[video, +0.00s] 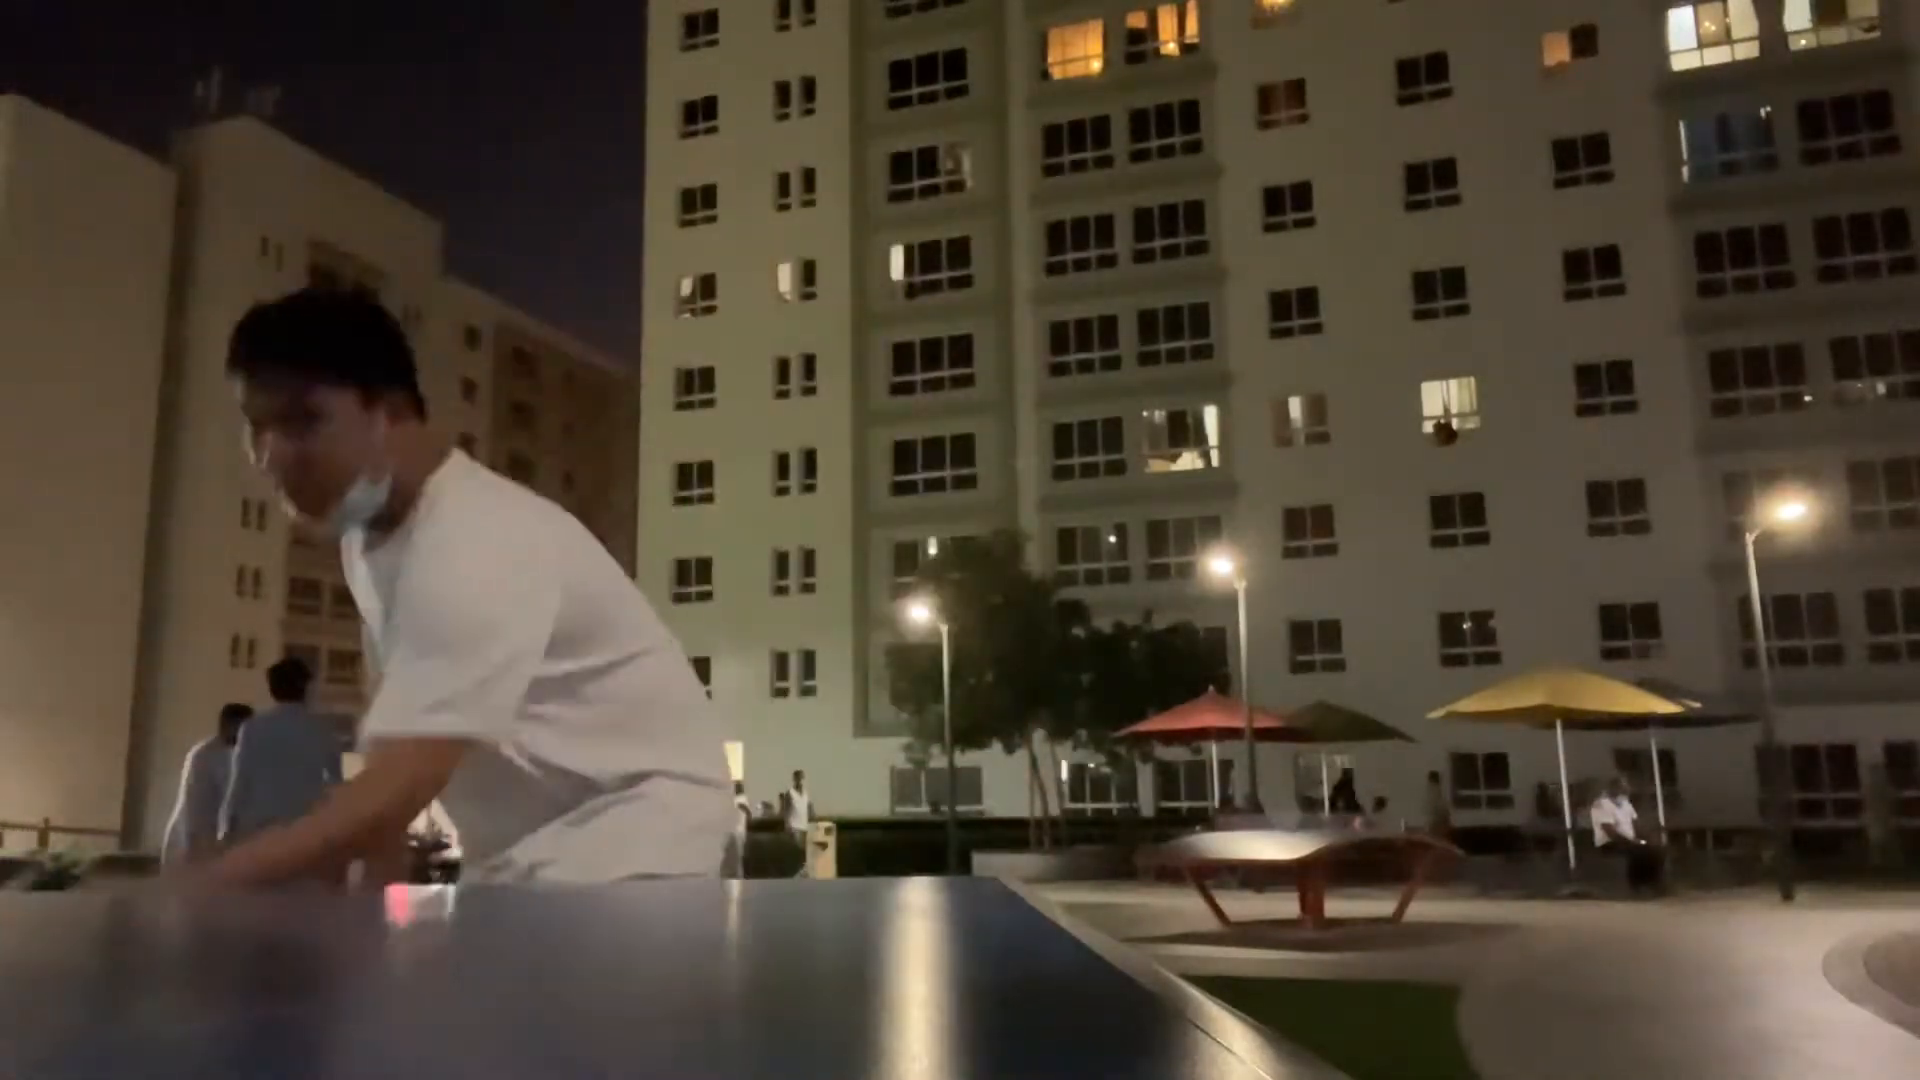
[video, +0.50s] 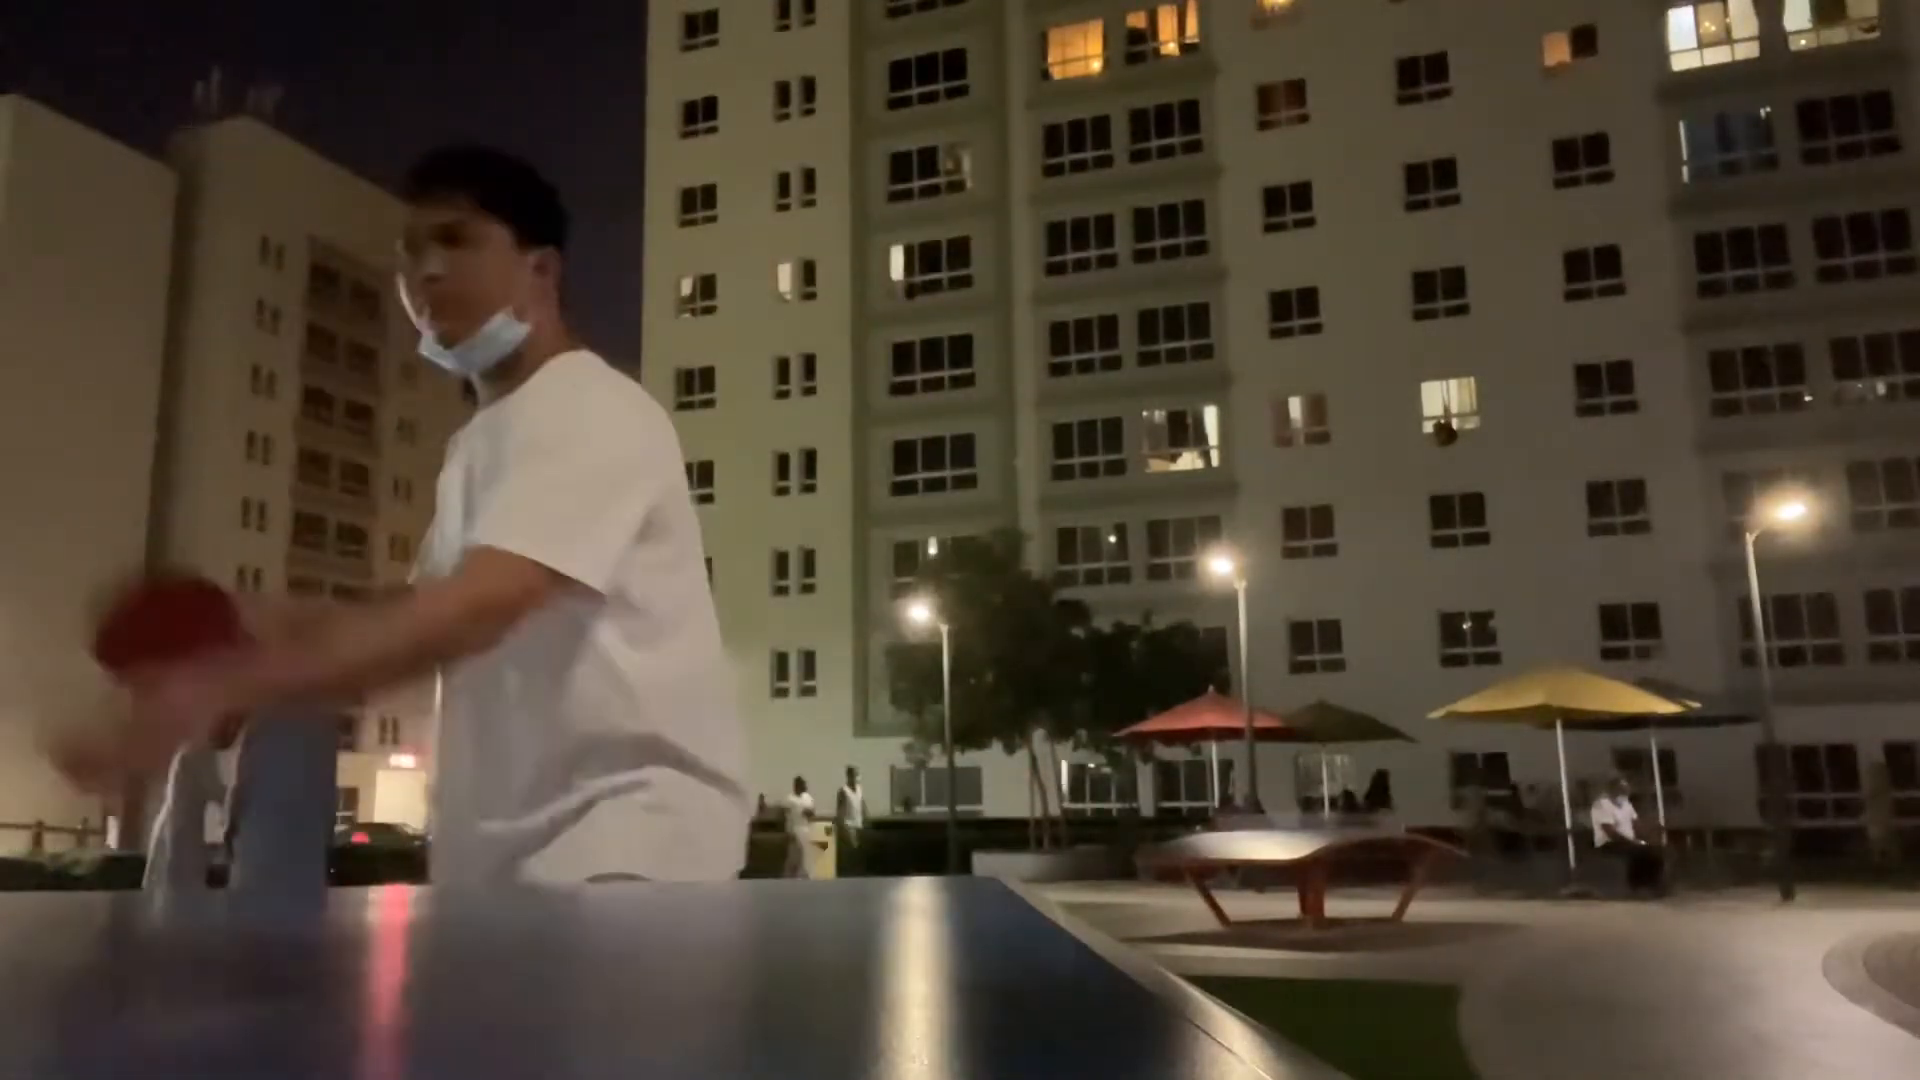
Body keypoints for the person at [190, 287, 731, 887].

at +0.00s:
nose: (272, 459)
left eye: (302, 422)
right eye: (258, 429)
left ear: (389, 413)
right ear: (245, 432)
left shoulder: (479, 539)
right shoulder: (370, 541)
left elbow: (402, 785)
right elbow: (394, 728)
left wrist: (207, 883)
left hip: (636, 835)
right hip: (516, 847)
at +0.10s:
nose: (310, 372)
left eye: (343, 338)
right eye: (298, 344)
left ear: (420, 344)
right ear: (284, 362)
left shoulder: (488, 479)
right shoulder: (377, 509)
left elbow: (479, 719)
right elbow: (380, 697)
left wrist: (268, 821)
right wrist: (290, 830)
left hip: (613, 858)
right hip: (503, 863)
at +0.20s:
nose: (373, 323)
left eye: (406, 297)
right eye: (353, 299)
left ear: (477, 318)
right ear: (330, 320)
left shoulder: (535, 450)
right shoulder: (396, 491)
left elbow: (531, 673)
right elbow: (372, 672)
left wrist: (328, 741)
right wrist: (277, 750)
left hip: (608, 852)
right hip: (484, 863)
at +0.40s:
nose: (441, 284)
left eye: (473, 258)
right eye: (420, 260)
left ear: (543, 294)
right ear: (398, 288)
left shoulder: (602, 434)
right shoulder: (449, 463)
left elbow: (537, 636)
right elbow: (424, 640)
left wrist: (384, 797)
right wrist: (334, 707)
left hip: (652, 827)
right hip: (519, 843)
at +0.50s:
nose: (419, 274)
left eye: (450, 241)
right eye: (409, 252)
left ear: (541, 268)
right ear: (404, 280)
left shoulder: (589, 406)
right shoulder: (477, 447)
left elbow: (470, 615)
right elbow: (420, 623)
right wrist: (261, 625)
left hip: (626, 851)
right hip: (504, 857)